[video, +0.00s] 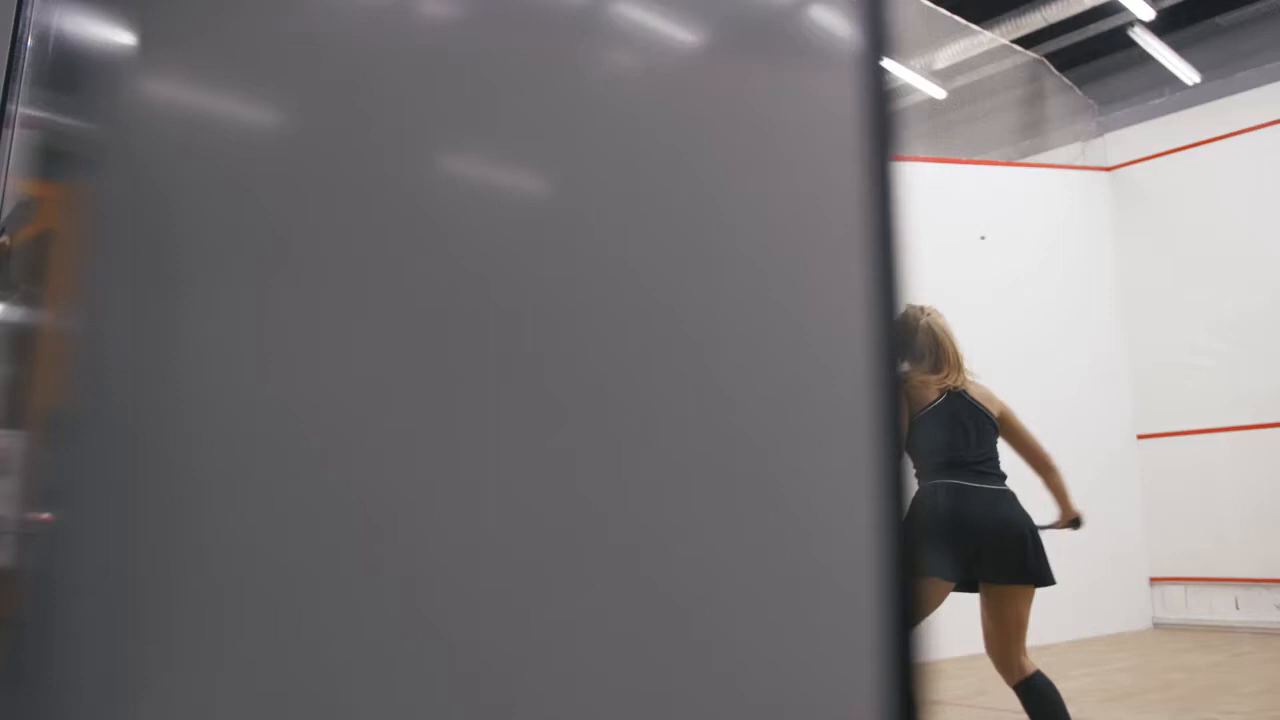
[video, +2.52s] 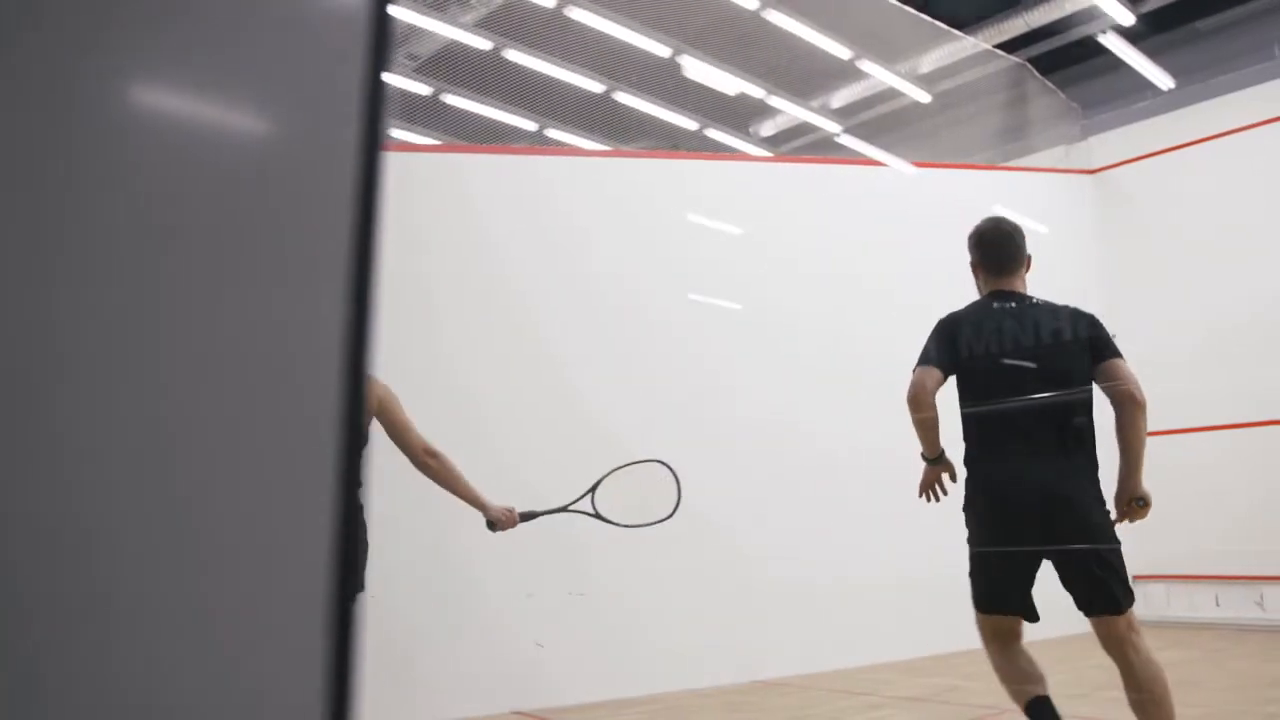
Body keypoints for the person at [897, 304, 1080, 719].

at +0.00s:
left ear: (900, 349)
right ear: (947, 343)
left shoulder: (903, 392)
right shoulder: (979, 392)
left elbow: (886, 464)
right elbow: (1039, 457)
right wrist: (1067, 508)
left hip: (939, 521)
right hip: (1007, 522)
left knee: (882, 631)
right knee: (1012, 656)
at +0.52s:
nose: (785, 370)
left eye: (789, 359)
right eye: (786, 361)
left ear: (802, 358)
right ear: (828, 353)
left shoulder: (823, 405)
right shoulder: (849, 403)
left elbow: (826, 480)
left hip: (858, 535)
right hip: (890, 532)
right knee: (947, 671)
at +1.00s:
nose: (824, 183)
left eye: (822, 174)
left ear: (826, 176)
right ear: (891, 179)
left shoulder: (790, 253)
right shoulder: (934, 238)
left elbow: (739, 333)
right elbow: (992, 334)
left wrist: (748, 443)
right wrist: (1025, 450)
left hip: (816, 481)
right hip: (912, 479)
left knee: (835, 655)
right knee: (970, 664)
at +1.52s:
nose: (909, 231)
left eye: (911, 214)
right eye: (908, 216)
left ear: (933, 207)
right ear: (974, 212)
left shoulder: (900, 281)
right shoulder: (1034, 268)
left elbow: (844, 354)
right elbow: (1108, 365)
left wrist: (850, 457)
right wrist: (1119, 467)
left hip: (933, 485)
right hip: (1018, 477)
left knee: (1034, 657)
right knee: (1016, 671)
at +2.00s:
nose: (958, 251)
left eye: (959, 236)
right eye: (957, 238)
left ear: (978, 233)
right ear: (1019, 235)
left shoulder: (950, 303)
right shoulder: (1075, 291)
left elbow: (896, 375)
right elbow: (1135, 374)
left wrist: (910, 459)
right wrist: (1152, 470)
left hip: (992, 498)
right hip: (1072, 487)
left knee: (1069, 645)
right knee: (1142, 637)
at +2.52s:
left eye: (974, 265)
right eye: (1024, 260)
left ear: (973, 268)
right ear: (1028, 265)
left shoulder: (955, 328)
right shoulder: (1078, 323)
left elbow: (920, 393)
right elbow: (1130, 397)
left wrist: (932, 455)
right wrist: (1131, 483)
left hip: (999, 515)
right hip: (1075, 508)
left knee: (1002, 638)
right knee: (1124, 635)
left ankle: (1044, 713)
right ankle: (1163, 716)